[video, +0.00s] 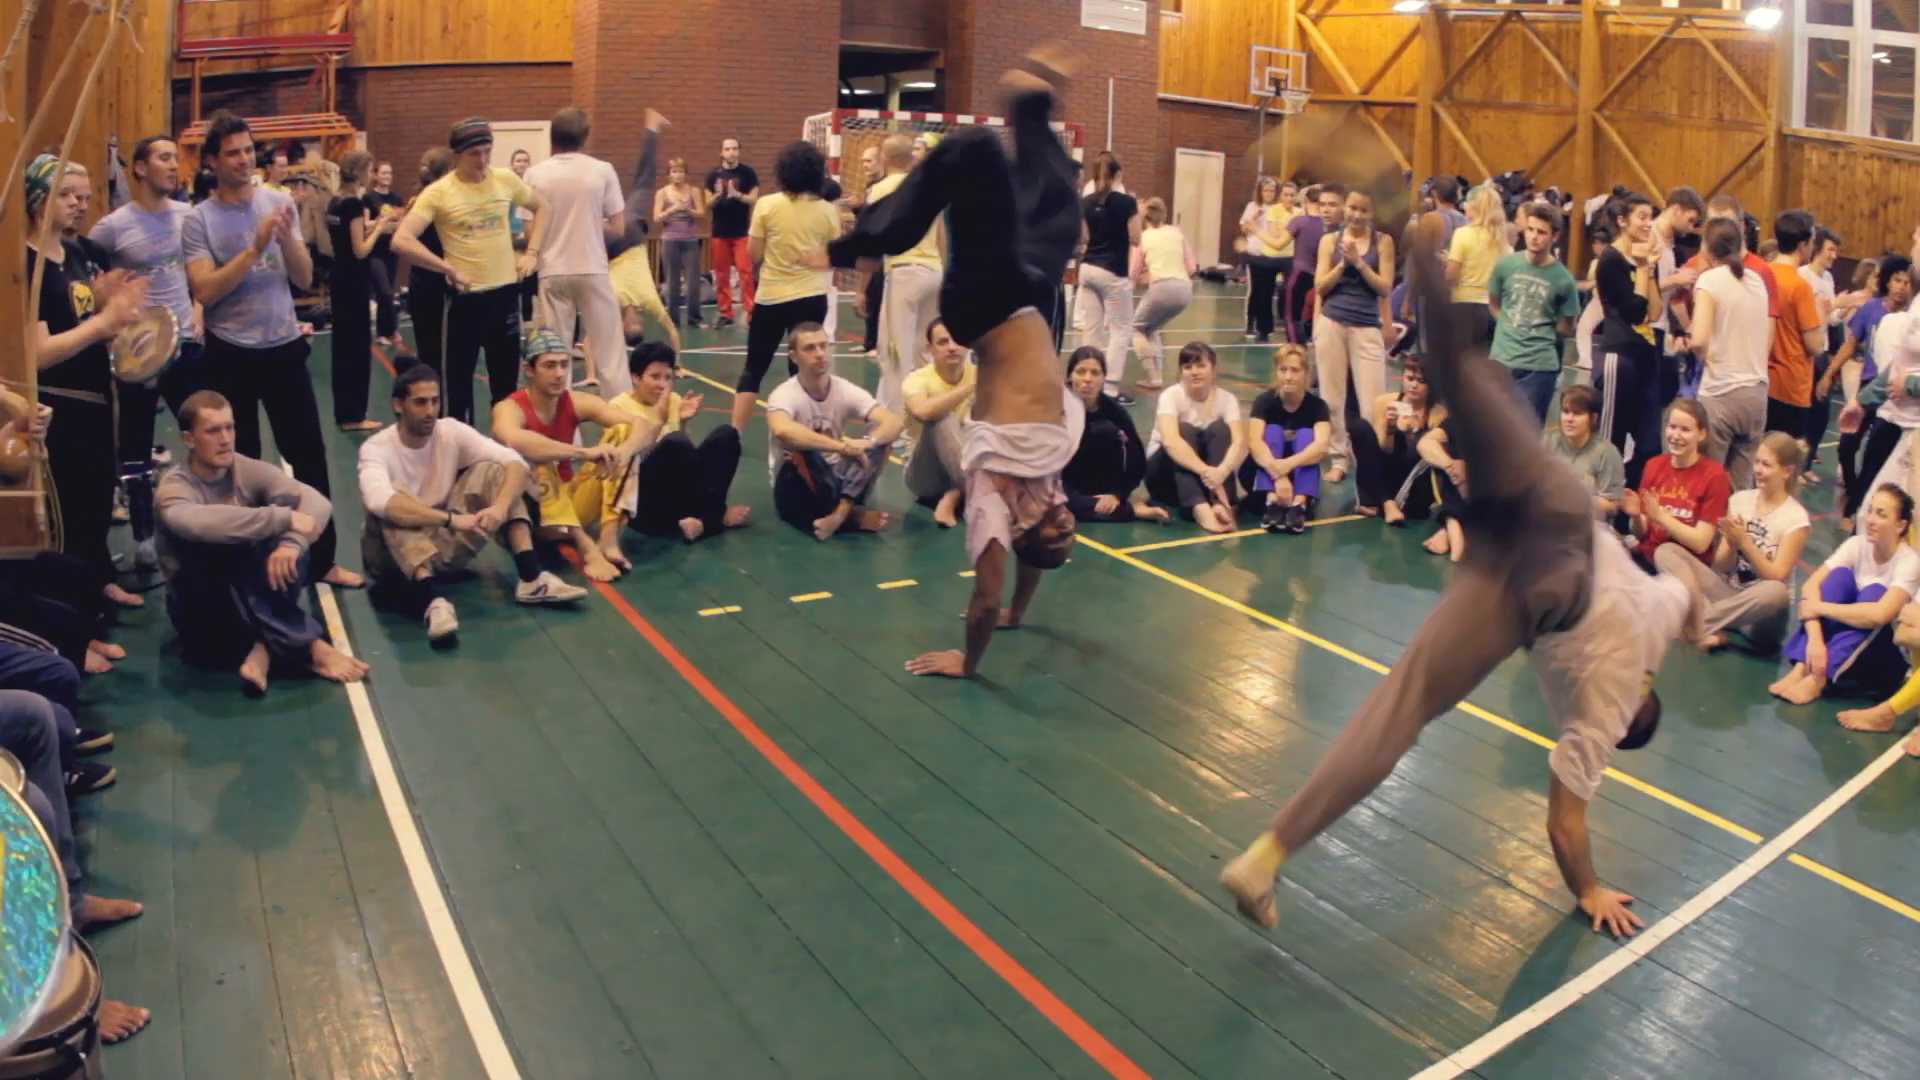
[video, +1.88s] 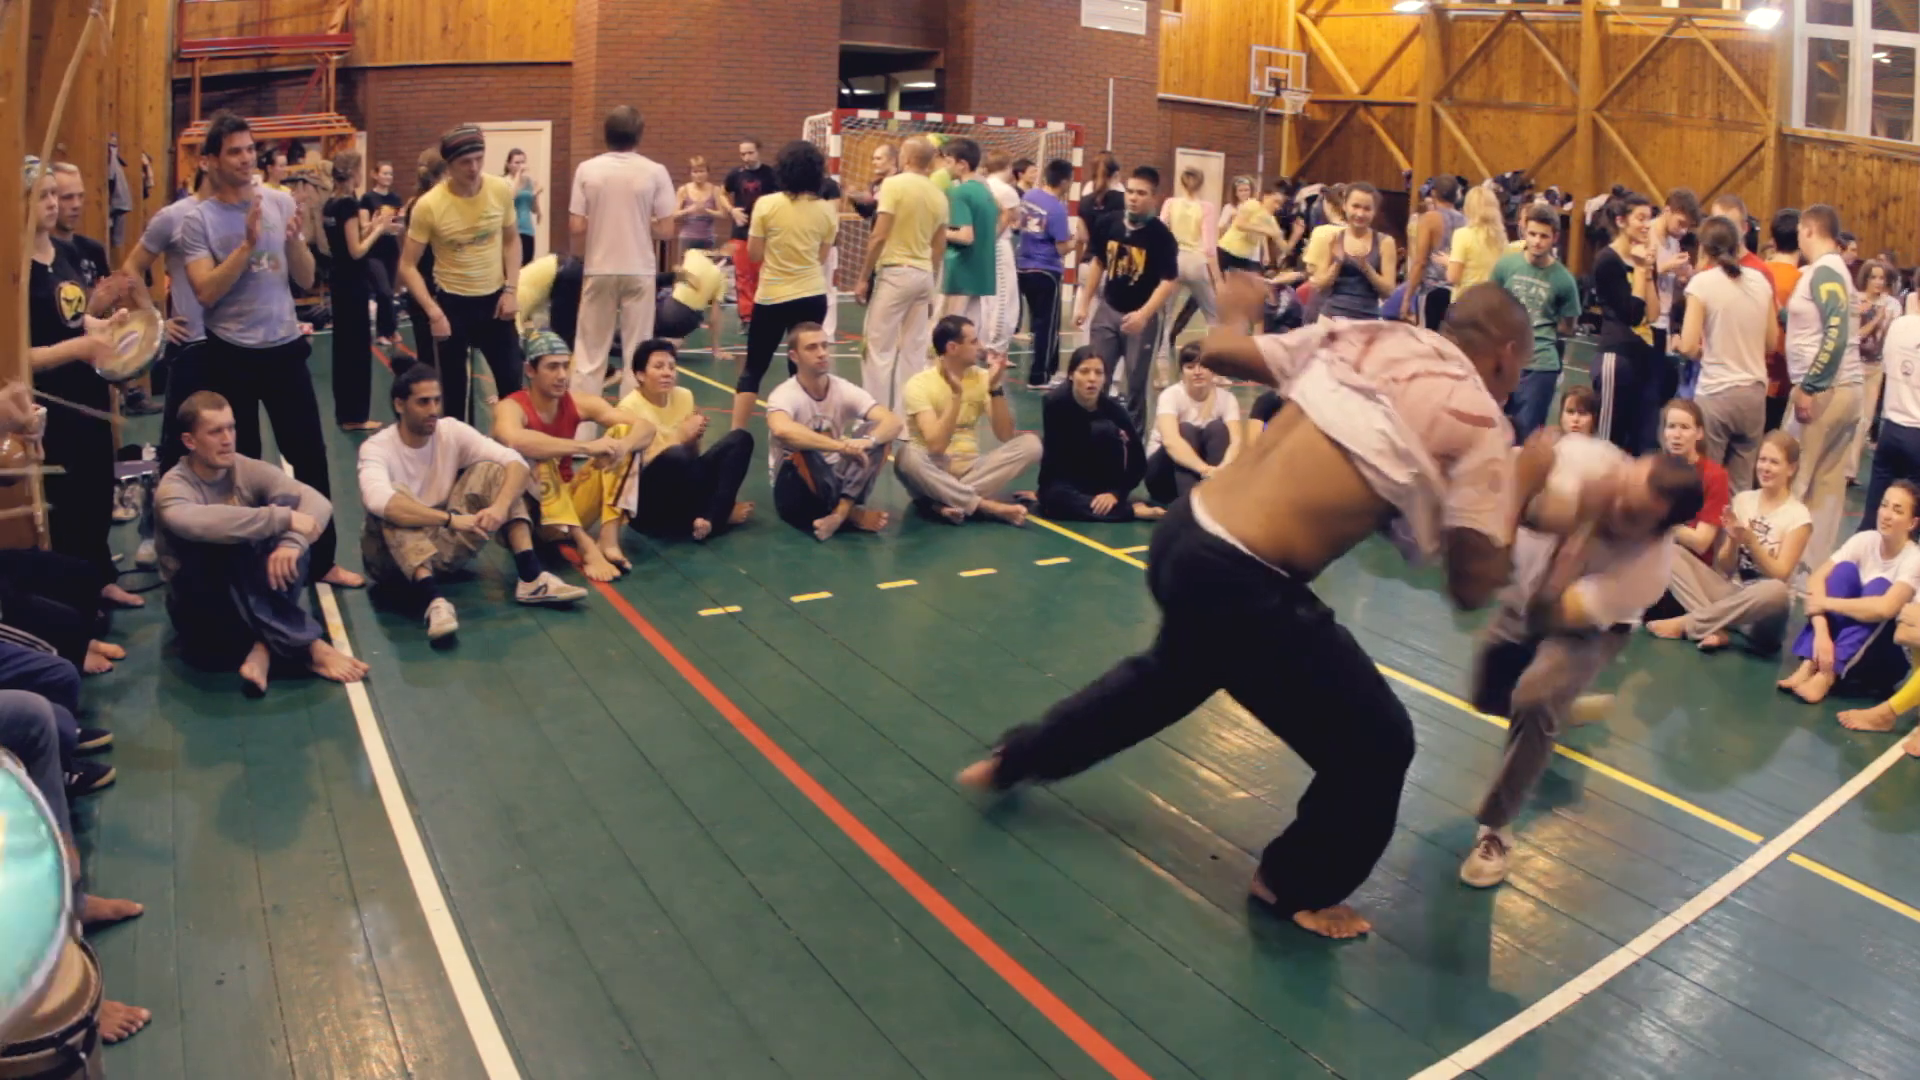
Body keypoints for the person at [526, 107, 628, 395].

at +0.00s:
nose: (588, 137)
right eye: (587, 133)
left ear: (552, 136)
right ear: (585, 137)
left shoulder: (535, 174)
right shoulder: (602, 170)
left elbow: (529, 231)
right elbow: (617, 228)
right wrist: (588, 228)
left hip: (552, 271)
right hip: (592, 269)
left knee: (555, 353)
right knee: (609, 349)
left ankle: (555, 420)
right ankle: (621, 420)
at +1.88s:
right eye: (637, 132)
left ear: (606, 134)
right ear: (639, 136)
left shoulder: (587, 170)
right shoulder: (655, 172)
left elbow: (577, 226)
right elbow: (666, 230)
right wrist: (638, 220)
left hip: (599, 270)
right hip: (639, 271)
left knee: (590, 349)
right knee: (638, 349)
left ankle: (582, 422)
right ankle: (632, 422)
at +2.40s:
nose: (632, 136)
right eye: (632, 132)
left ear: (599, 133)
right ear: (631, 135)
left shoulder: (579, 170)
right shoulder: (646, 172)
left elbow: (570, 225)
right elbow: (659, 230)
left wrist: (597, 225)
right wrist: (633, 224)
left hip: (590, 268)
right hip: (630, 269)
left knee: (582, 350)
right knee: (632, 350)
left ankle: (577, 424)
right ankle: (630, 426)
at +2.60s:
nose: (622, 133)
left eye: (619, 129)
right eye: (620, 130)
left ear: (585, 135)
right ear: (616, 134)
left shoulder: (568, 170)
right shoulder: (633, 169)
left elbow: (561, 223)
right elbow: (648, 226)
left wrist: (587, 224)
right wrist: (622, 216)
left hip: (582, 269)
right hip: (620, 268)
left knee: (580, 349)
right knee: (626, 351)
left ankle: (576, 427)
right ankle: (627, 426)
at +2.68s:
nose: (616, 137)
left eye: (615, 132)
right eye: (615, 133)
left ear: (580, 136)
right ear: (609, 136)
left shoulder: (563, 171)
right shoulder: (627, 168)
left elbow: (560, 226)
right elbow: (644, 226)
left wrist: (585, 220)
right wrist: (616, 219)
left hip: (578, 268)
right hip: (616, 267)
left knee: (577, 349)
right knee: (623, 350)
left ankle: (576, 426)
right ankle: (626, 426)